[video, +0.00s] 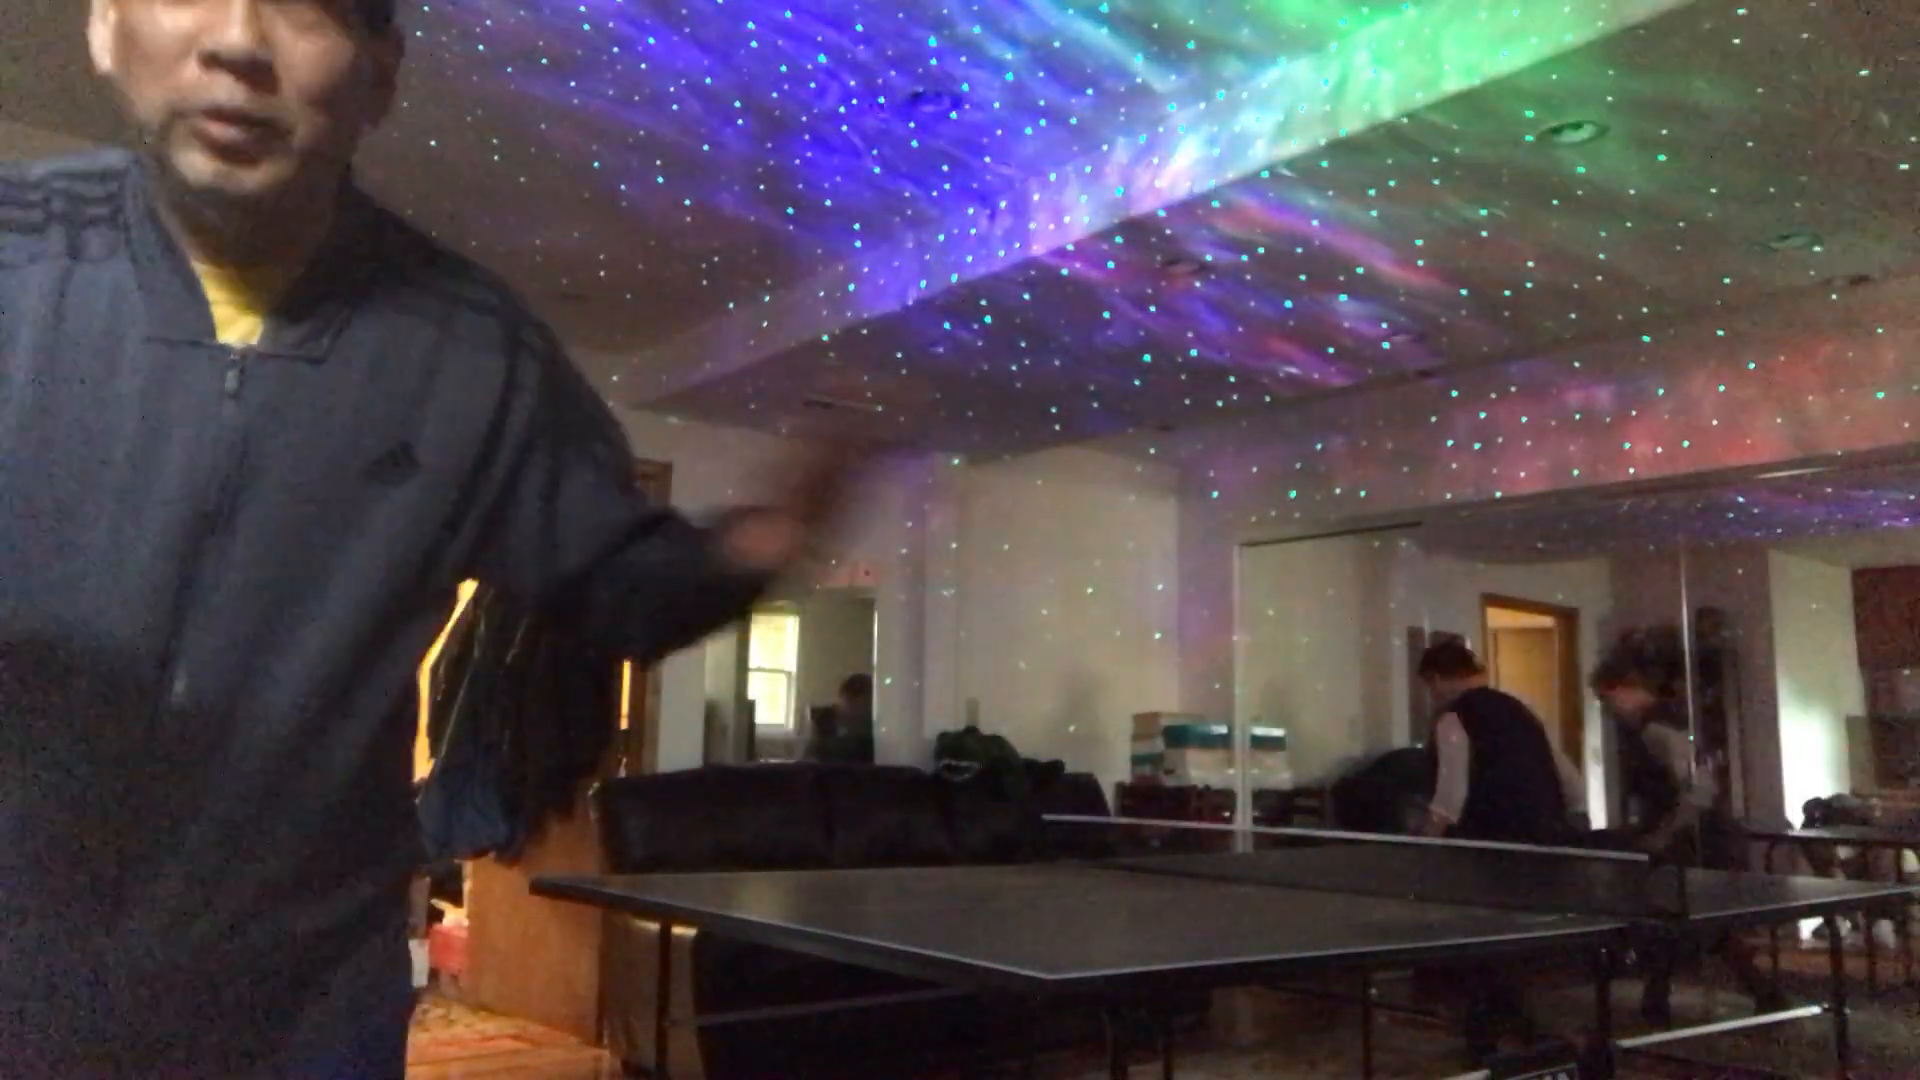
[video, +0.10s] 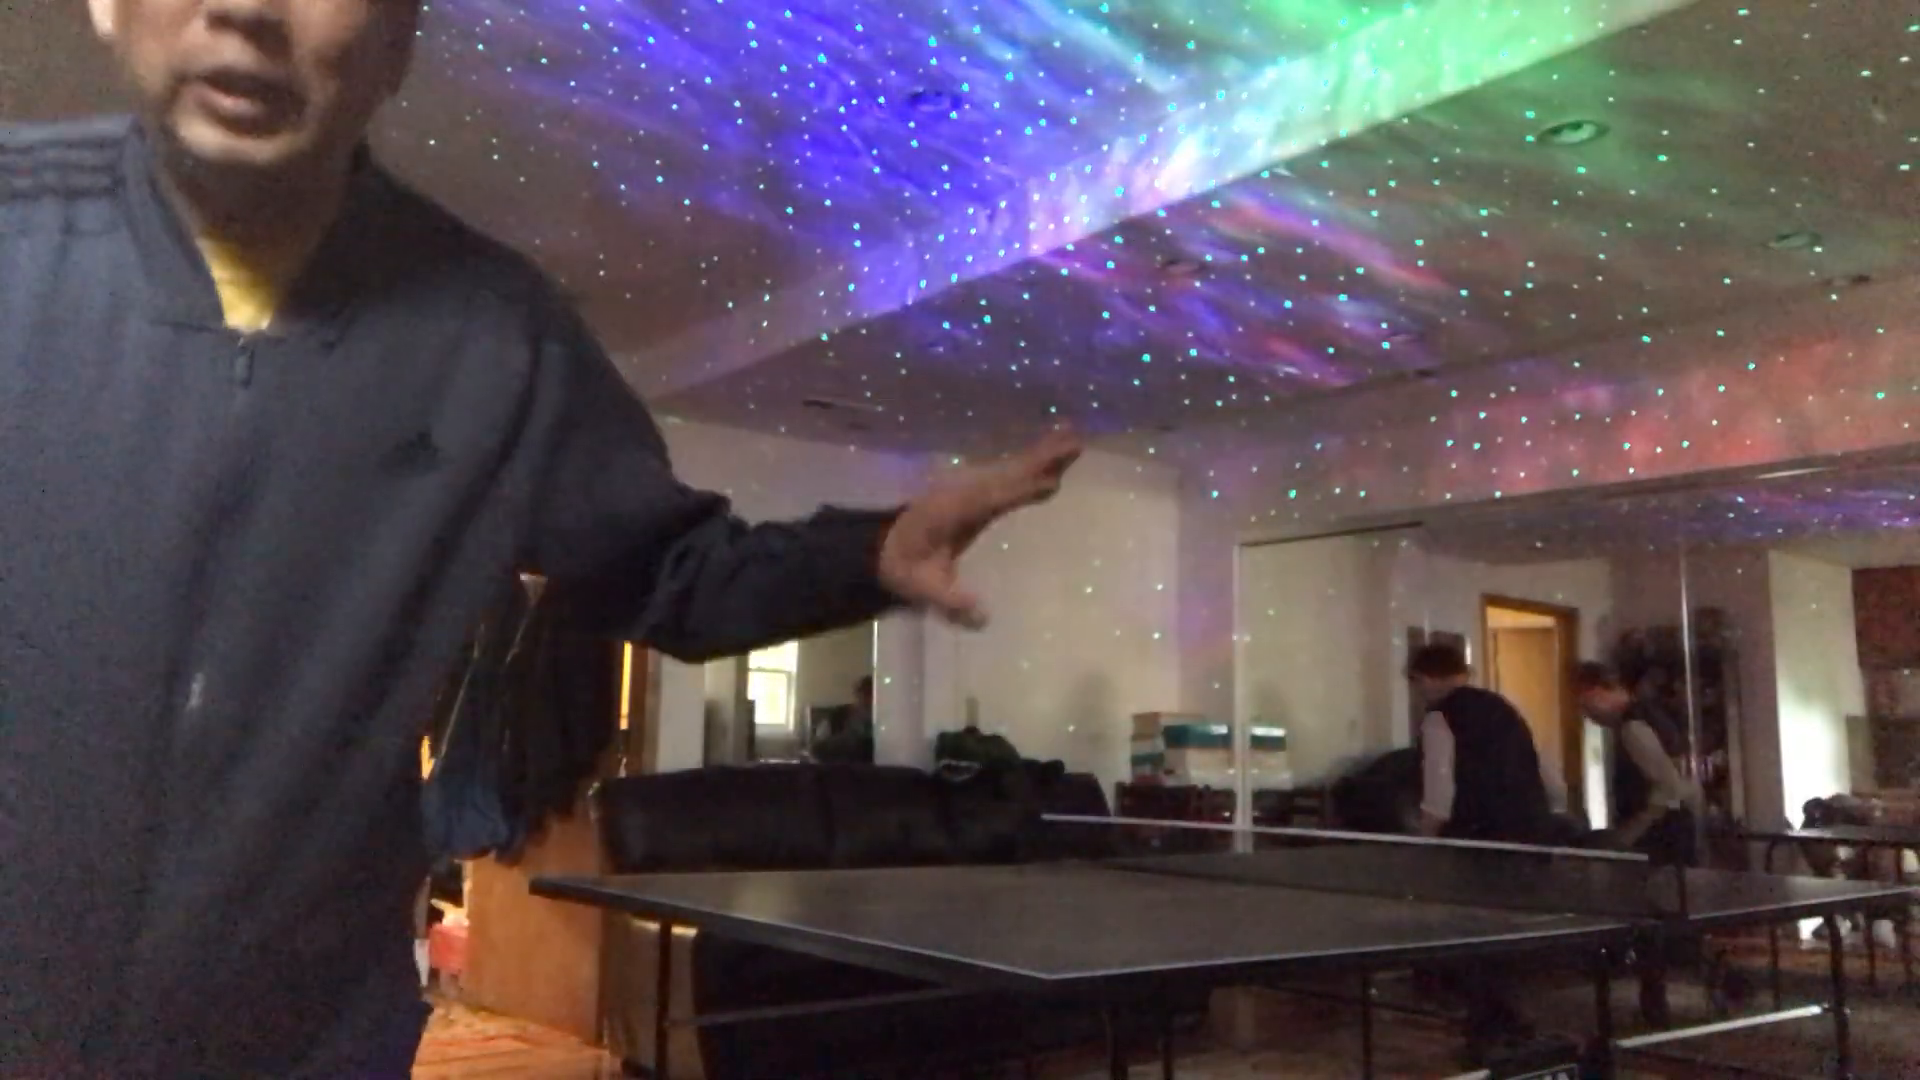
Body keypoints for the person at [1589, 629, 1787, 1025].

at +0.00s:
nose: (1615, 708)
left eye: (1616, 696)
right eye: (1610, 699)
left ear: (1635, 688)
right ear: (1623, 695)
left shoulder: (1660, 732)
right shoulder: (1643, 732)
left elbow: (1697, 792)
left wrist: (1658, 837)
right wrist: (1638, 830)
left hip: (1684, 838)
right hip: (1670, 838)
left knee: (1663, 921)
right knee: (1712, 922)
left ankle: (1656, 999)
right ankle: (1761, 988)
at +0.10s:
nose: (1587, 712)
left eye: (1587, 702)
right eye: (1584, 704)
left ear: (1604, 692)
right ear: (1602, 693)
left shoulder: (1633, 730)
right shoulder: (1632, 724)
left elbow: (1668, 789)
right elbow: (1669, 786)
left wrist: (1626, 835)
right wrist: (1628, 831)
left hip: (1658, 844)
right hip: (1655, 843)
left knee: (1652, 927)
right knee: (1654, 927)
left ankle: (1653, 1006)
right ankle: (1651, 1005)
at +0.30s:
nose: (1546, 710)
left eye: (1546, 699)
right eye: (1542, 701)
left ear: (1565, 690)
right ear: (1567, 689)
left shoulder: (1596, 723)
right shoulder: (1588, 721)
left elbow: (1633, 782)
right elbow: (1619, 781)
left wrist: (1584, 819)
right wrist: (1577, 815)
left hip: (1622, 842)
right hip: (1613, 841)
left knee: (1614, 934)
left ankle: (1607, 1021)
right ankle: (1653, 1009)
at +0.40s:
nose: (1529, 715)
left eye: (1528, 704)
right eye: (1525, 706)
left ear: (1543, 692)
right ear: (1551, 688)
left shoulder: (1579, 724)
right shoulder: (1579, 719)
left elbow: (1616, 781)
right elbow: (1600, 781)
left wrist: (1569, 815)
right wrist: (1559, 811)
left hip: (1604, 844)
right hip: (1613, 841)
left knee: (1590, 929)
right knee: (1633, 925)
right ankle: (1652, 1007)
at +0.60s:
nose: (1489, 717)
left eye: (1488, 707)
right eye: (1485, 709)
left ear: (1503, 696)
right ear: (1506, 694)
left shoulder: (1541, 726)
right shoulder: (1534, 725)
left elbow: (1583, 776)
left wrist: (1537, 811)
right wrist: (1530, 811)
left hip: (1574, 835)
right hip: (1562, 834)